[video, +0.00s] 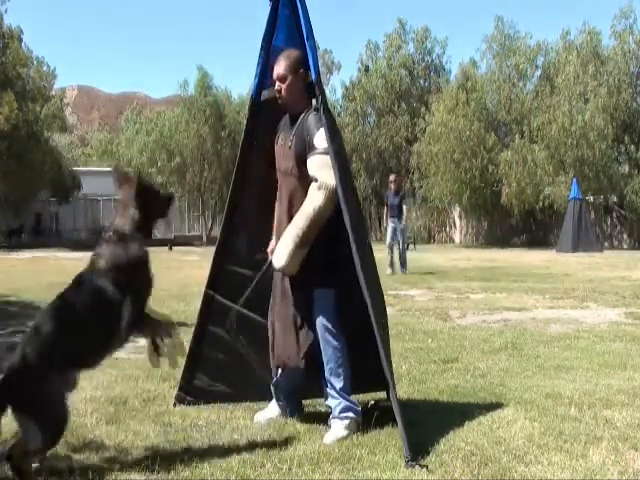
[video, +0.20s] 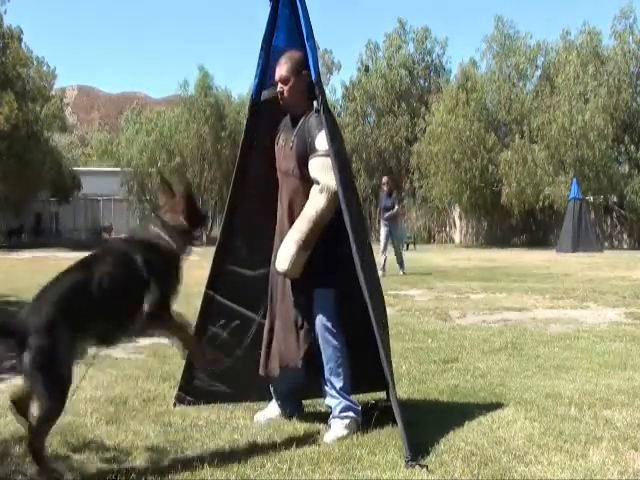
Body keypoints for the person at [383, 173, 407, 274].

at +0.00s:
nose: (393, 184)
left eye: (395, 181)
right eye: (391, 182)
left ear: (398, 182)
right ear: (389, 183)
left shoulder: (402, 194)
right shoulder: (388, 194)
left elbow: (405, 207)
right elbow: (386, 208)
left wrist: (404, 219)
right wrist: (385, 220)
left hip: (400, 221)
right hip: (391, 221)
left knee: (401, 245)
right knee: (389, 243)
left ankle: (403, 267)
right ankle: (390, 266)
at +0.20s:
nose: (385, 186)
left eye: (387, 183)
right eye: (384, 184)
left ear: (391, 184)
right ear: (382, 185)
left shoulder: (395, 194)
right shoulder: (382, 195)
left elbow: (397, 208)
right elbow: (380, 208)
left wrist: (387, 215)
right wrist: (379, 219)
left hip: (394, 223)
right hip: (384, 223)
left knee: (397, 247)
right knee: (383, 247)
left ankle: (401, 267)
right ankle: (382, 269)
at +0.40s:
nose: (377, 184)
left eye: (379, 181)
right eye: (375, 182)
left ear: (383, 181)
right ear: (373, 183)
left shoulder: (390, 194)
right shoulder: (374, 194)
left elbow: (392, 208)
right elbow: (371, 208)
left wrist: (390, 221)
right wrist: (368, 222)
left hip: (386, 220)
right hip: (377, 220)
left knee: (384, 245)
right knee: (378, 246)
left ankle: (390, 264)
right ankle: (380, 268)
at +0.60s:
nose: (372, 185)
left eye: (373, 182)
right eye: (370, 183)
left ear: (377, 182)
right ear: (368, 184)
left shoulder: (383, 194)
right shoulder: (365, 195)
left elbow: (387, 206)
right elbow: (363, 207)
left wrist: (384, 216)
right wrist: (365, 216)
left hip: (379, 220)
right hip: (369, 219)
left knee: (377, 244)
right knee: (370, 244)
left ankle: (379, 267)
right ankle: (372, 268)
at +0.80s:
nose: (366, 185)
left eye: (368, 182)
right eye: (365, 182)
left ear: (372, 182)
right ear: (363, 183)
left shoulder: (378, 196)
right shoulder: (361, 195)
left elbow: (382, 210)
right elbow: (357, 209)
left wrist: (380, 224)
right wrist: (357, 220)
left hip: (374, 221)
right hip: (363, 221)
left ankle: (370, 255)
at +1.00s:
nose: (359, 184)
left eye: (360, 181)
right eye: (357, 182)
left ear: (365, 181)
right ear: (355, 182)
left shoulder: (370, 192)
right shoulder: (355, 193)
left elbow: (372, 206)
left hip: (367, 218)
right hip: (357, 219)